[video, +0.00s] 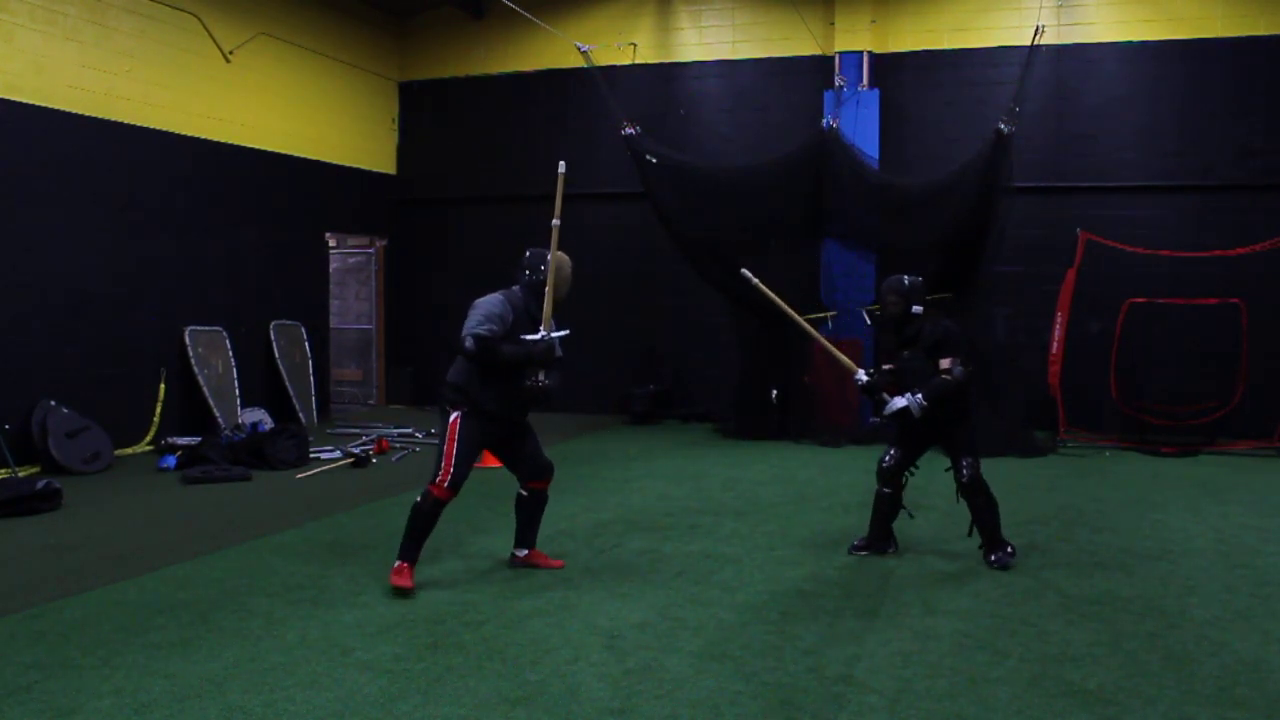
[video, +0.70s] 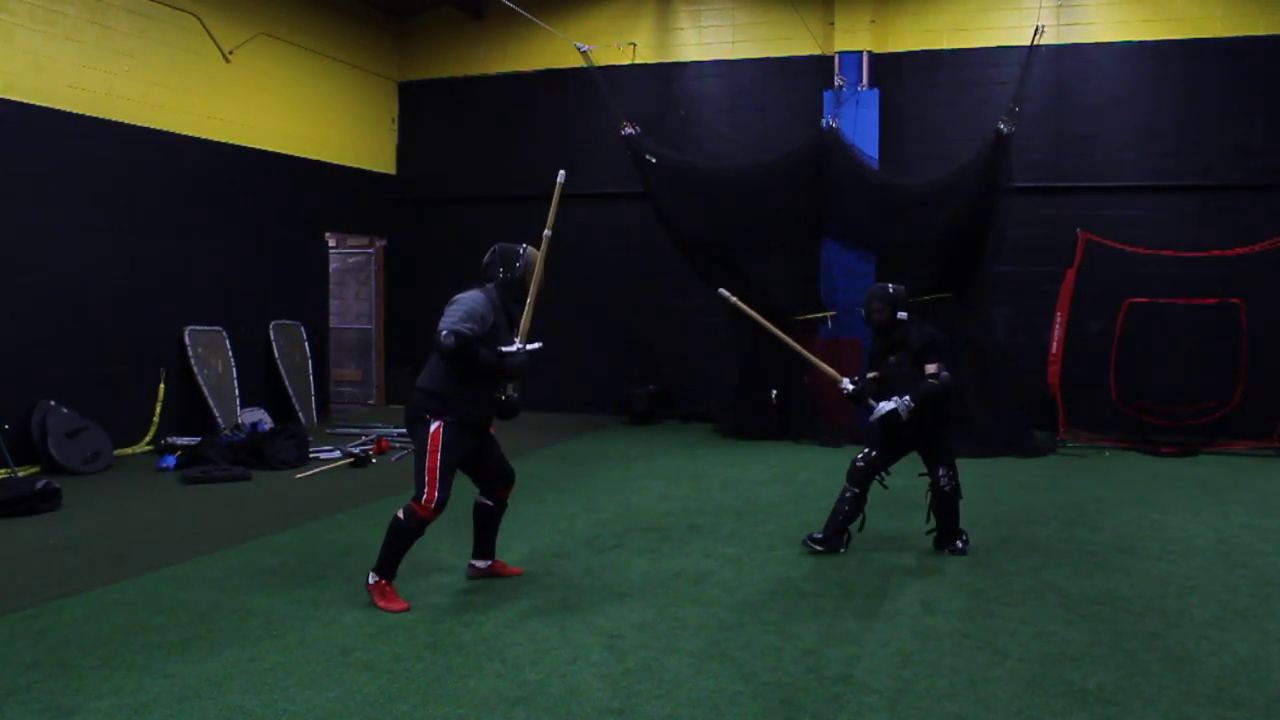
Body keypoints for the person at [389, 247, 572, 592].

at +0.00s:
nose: (557, 295)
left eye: (560, 287)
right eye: (555, 286)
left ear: (538, 281)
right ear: (538, 280)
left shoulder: (541, 320)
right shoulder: (494, 306)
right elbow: (476, 345)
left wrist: (542, 381)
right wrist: (533, 351)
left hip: (506, 412)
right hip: (467, 409)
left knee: (538, 473)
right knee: (445, 485)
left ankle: (524, 551)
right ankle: (404, 563)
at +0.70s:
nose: (531, 284)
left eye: (532, 276)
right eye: (527, 276)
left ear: (508, 274)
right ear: (507, 274)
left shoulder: (505, 315)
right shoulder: (475, 302)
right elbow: (449, 341)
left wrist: (507, 397)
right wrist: (503, 360)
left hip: (467, 417)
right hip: (437, 414)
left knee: (499, 480)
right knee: (430, 500)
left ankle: (482, 561)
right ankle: (379, 579)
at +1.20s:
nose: (527, 284)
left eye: (526, 277)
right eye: (523, 276)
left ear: (490, 274)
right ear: (508, 275)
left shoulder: (499, 312)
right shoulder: (481, 304)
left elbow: (505, 374)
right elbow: (502, 349)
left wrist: (539, 392)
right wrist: (545, 352)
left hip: (459, 425)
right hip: (438, 424)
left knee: (494, 479)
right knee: (417, 513)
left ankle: (483, 565)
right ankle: (363, 596)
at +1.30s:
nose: (535, 281)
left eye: (534, 274)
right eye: (532, 273)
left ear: (496, 273)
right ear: (518, 273)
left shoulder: (497, 311)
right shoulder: (503, 298)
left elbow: (535, 366)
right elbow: (560, 329)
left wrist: (580, 372)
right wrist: (619, 341)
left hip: (470, 419)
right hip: (454, 417)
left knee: (503, 483)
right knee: (445, 511)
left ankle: (483, 566)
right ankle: (376, 584)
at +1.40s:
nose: (552, 272)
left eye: (550, 266)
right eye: (549, 265)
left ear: (510, 265)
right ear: (539, 266)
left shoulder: (499, 297)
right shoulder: (530, 292)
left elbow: (554, 338)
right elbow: (586, 319)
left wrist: (600, 342)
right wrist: (640, 336)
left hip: (478, 407)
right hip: (475, 409)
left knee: (509, 486)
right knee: (499, 499)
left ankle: (484, 566)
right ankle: (426, 561)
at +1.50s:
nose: (572, 268)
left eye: (569, 262)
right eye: (571, 262)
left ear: (530, 256)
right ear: (564, 263)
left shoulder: (508, 283)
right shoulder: (557, 295)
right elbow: (605, 323)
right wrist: (651, 324)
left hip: (472, 400)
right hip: (501, 404)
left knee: (504, 482)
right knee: (549, 483)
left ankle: (485, 564)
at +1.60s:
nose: (594, 267)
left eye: (592, 262)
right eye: (591, 262)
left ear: (555, 254)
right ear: (585, 265)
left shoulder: (531, 271)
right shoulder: (581, 297)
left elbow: (595, 270)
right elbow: (633, 308)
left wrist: (647, 277)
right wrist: (674, 292)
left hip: (487, 398)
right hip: (528, 404)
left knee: (504, 482)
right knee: (582, 480)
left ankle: (485, 564)